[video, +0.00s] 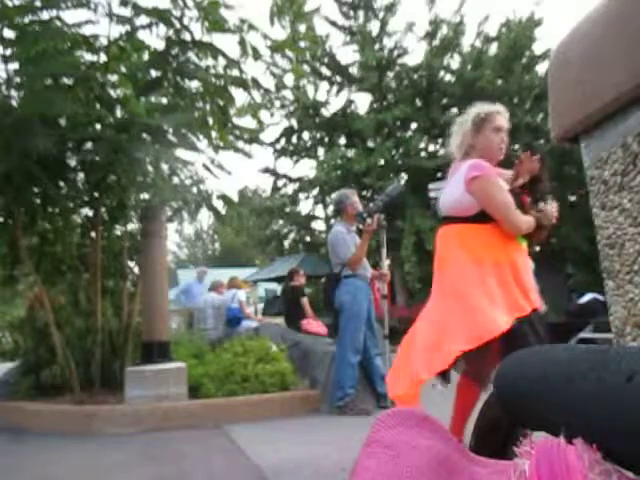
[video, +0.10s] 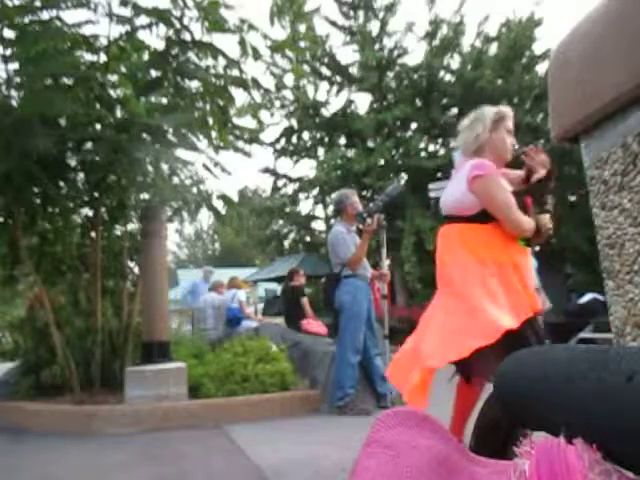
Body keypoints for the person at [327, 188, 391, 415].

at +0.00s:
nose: (361, 207)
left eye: (359, 203)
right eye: (356, 203)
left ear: (351, 207)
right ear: (346, 207)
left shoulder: (352, 233)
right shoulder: (338, 233)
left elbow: (358, 264)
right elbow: (353, 262)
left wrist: (374, 274)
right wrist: (367, 236)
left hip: (363, 284)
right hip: (350, 284)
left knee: (370, 342)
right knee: (351, 342)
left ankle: (384, 392)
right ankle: (344, 397)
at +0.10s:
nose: (361, 207)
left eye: (359, 203)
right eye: (356, 203)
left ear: (351, 207)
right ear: (346, 207)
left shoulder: (352, 233)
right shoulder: (338, 233)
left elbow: (358, 264)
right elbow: (353, 262)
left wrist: (374, 274)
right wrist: (367, 236)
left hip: (363, 284)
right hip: (350, 284)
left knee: (369, 342)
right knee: (351, 343)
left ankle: (385, 392)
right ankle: (343, 397)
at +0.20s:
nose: (361, 206)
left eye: (359, 202)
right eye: (356, 202)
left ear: (350, 207)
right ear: (346, 207)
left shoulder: (352, 232)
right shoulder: (338, 233)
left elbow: (358, 265)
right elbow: (353, 262)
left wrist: (374, 274)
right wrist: (367, 235)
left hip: (363, 285)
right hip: (351, 285)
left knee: (370, 344)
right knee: (351, 344)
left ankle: (387, 393)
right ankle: (343, 397)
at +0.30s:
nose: (361, 206)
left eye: (360, 202)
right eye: (356, 202)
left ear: (350, 207)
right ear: (346, 207)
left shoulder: (352, 232)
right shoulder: (338, 233)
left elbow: (358, 266)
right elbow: (353, 262)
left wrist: (374, 274)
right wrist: (367, 235)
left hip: (363, 285)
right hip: (351, 285)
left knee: (370, 343)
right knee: (351, 344)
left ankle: (385, 391)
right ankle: (344, 397)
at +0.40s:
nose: (361, 206)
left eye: (360, 202)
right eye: (356, 202)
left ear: (351, 207)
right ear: (346, 207)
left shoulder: (352, 232)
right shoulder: (338, 233)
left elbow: (358, 266)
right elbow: (353, 262)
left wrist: (375, 274)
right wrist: (367, 235)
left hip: (363, 285)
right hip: (351, 285)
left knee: (370, 344)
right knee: (351, 344)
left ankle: (386, 392)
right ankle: (344, 398)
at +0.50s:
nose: (361, 206)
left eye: (360, 202)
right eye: (356, 202)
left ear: (351, 207)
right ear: (346, 207)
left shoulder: (352, 232)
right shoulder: (338, 233)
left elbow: (358, 266)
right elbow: (353, 262)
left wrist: (375, 274)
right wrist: (367, 235)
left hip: (363, 285)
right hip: (351, 285)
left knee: (370, 344)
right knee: (351, 344)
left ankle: (386, 392)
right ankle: (344, 398)